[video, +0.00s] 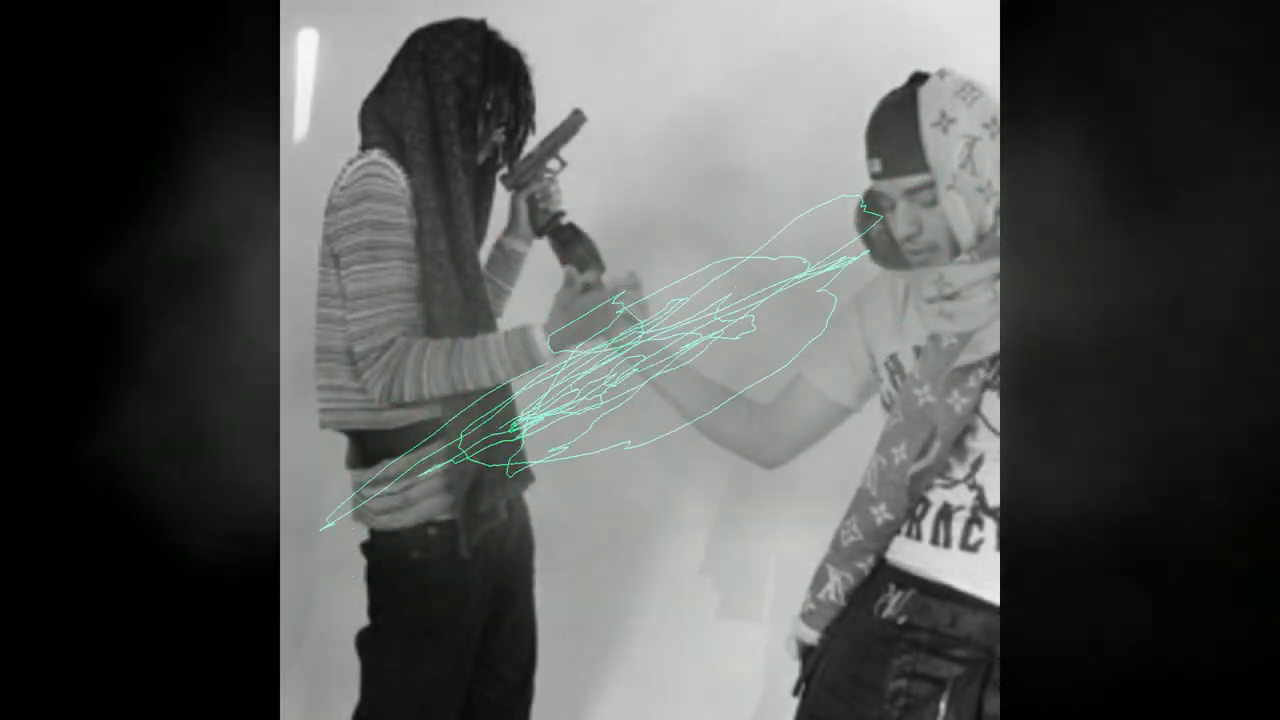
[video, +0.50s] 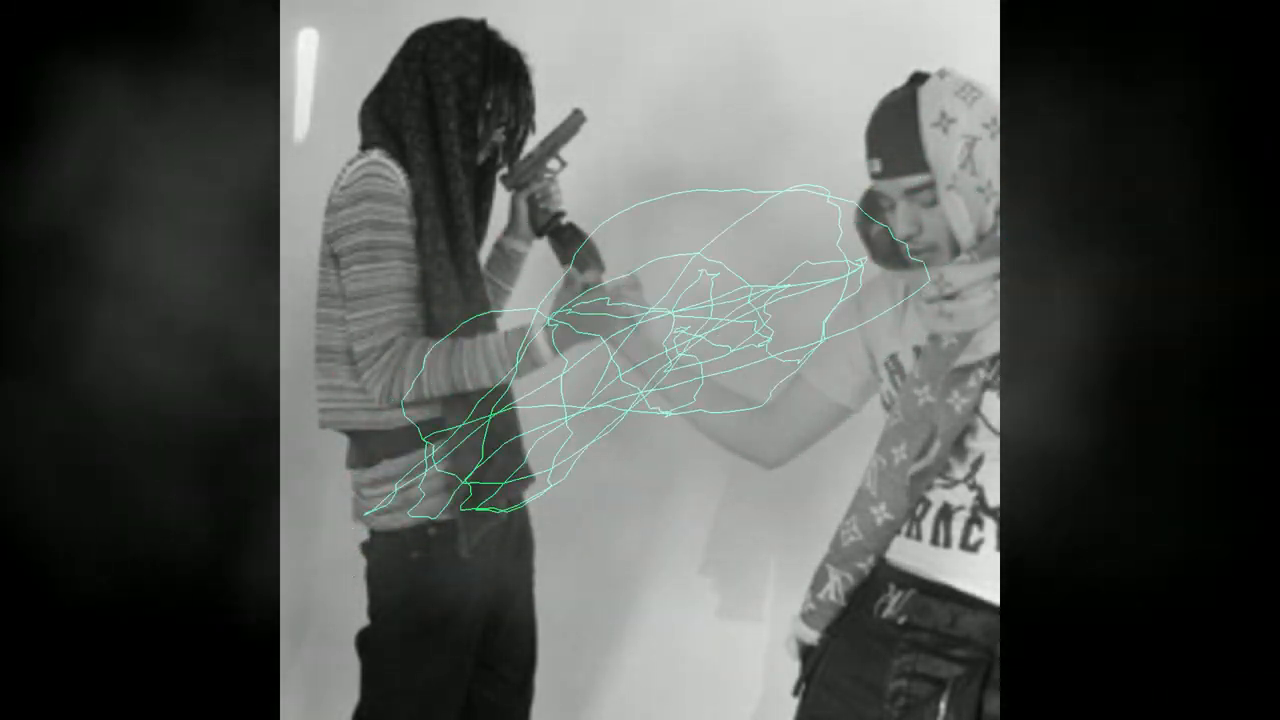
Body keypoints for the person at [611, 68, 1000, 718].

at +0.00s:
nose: (904, 227)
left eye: (926, 198)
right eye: (885, 205)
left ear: (981, 184)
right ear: (872, 203)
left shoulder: (1039, 287)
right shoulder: (890, 304)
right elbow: (769, 435)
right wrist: (635, 339)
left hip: (1004, 639)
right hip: (889, 615)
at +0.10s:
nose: (903, 227)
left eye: (925, 198)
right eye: (886, 202)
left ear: (985, 187)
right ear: (873, 205)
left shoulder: (1037, 295)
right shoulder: (899, 303)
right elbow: (768, 436)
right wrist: (634, 338)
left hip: (993, 640)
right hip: (879, 612)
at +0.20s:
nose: (903, 226)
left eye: (924, 198)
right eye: (887, 203)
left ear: (977, 184)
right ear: (877, 203)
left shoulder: (1041, 289)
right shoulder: (888, 304)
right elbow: (769, 436)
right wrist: (641, 341)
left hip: (993, 636)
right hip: (883, 610)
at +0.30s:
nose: (902, 226)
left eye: (924, 198)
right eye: (885, 201)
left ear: (982, 185)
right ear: (873, 202)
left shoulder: (1040, 295)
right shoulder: (894, 300)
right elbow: (770, 435)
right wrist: (641, 344)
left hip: (993, 640)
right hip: (880, 614)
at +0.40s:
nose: (904, 228)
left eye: (926, 198)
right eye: (887, 203)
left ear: (984, 183)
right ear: (874, 203)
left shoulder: (1037, 291)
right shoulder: (893, 304)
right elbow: (768, 436)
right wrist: (630, 341)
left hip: (991, 643)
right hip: (879, 617)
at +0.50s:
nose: (910, 226)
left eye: (927, 197)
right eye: (890, 203)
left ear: (984, 184)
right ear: (877, 205)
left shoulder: (1036, 288)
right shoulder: (898, 297)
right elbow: (769, 436)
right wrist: (631, 337)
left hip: (993, 641)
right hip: (884, 615)